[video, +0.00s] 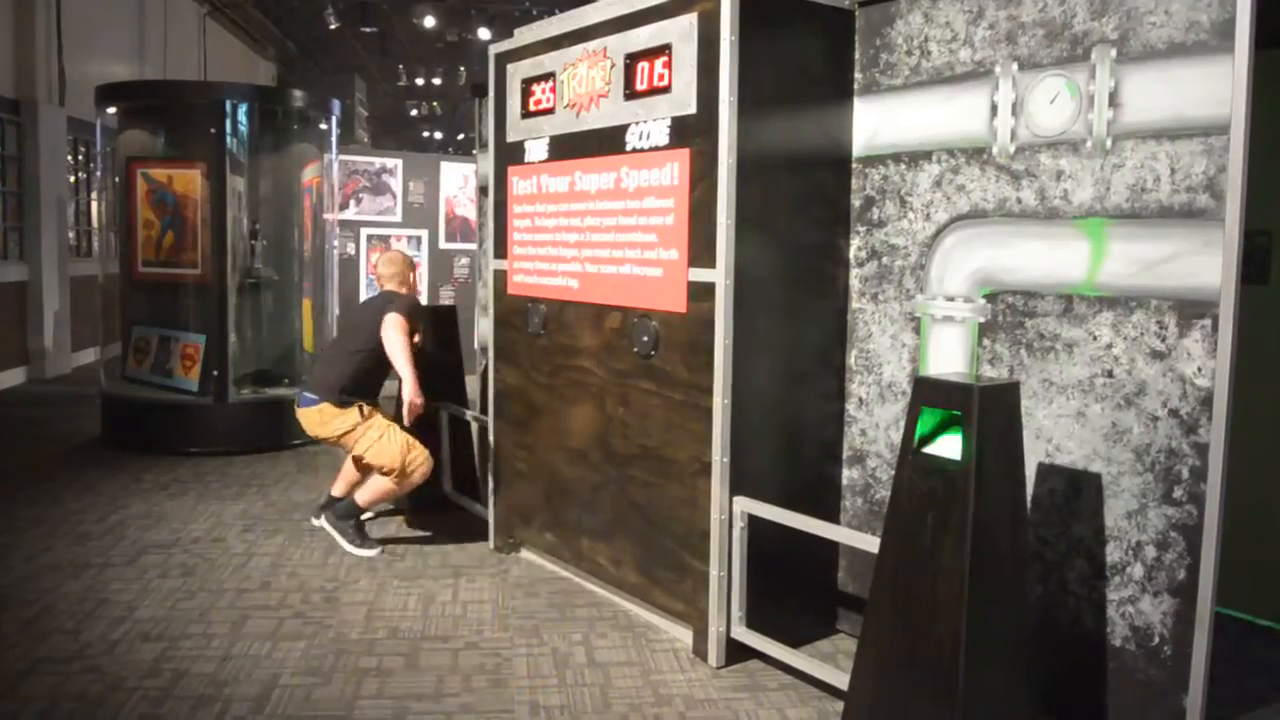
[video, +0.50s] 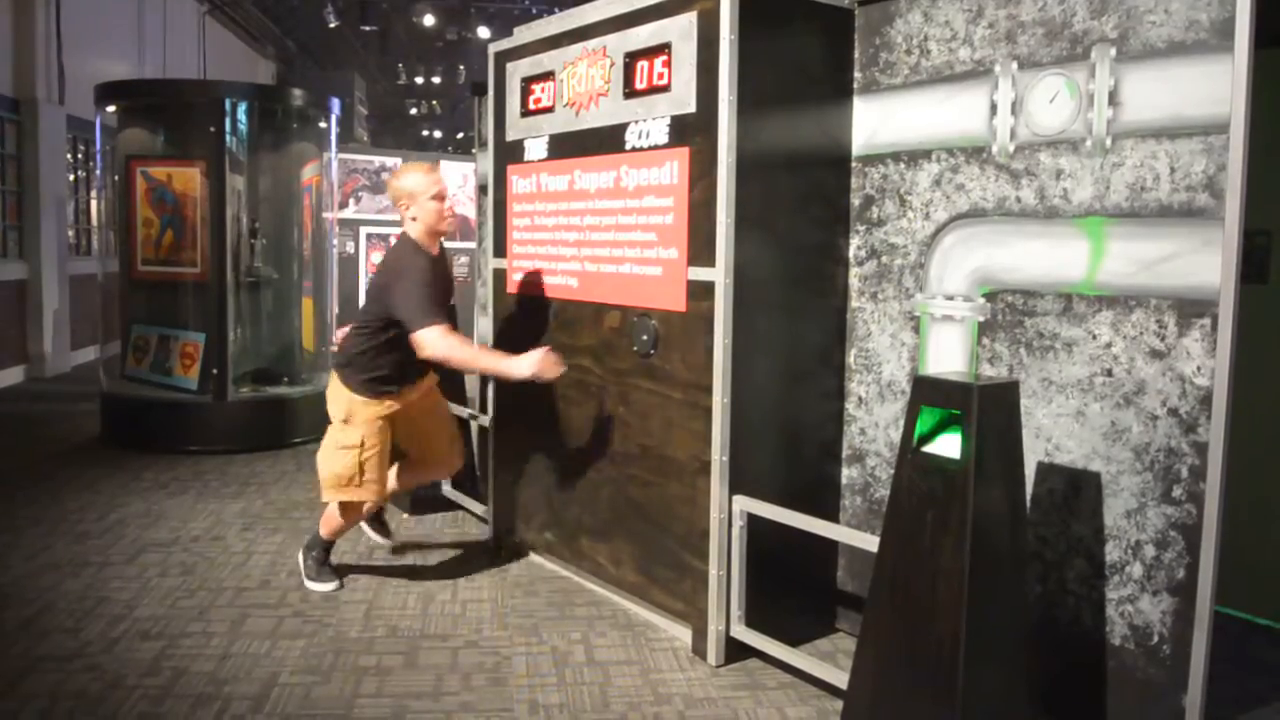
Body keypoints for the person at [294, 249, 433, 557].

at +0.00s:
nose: (417, 282)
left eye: (415, 278)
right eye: (416, 277)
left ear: (378, 280)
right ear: (411, 278)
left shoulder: (366, 306)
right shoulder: (402, 302)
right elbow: (392, 331)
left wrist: (408, 338)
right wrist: (410, 382)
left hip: (312, 403)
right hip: (334, 408)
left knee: (381, 440)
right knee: (416, 463)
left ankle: (331, 504)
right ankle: (345, 515)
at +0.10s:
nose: (422, 277)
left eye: (421, 271)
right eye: (420, 271)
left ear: (386, 274)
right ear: (405, 273)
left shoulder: (374, 300)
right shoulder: (394, 296)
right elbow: (373, 324)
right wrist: (392, 373)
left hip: (317, 401)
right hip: (331, 404)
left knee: (379, 443)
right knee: (417, 461)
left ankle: (332, 506)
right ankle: (343, 514)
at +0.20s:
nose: (423, 254)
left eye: (420, 246)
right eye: (415, 248)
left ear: (392, 258)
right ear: (391, 258)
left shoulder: (392, 293)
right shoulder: (386, 290)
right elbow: (342, 319)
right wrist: (356, 364)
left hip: (336, 402)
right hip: (337, 406)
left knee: (379, 442)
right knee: (420, 469)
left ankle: (331, 508)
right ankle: (334, 518)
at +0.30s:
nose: (421, 239)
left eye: (419, 230)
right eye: (411, 233)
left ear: (395, 241)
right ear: (385, 244)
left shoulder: (405, 281)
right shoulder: (380, 281)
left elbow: (399, 332)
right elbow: (322, 316)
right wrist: (323, 372)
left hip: (386, 400)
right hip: (361, 404)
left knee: (373, 452)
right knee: (405, 487)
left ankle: (331, 506)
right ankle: (320, 548)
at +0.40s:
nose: (429, 221)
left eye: (428, 213)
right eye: (417, 215)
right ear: (389, 226)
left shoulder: (423, 268)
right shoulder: (375, 280)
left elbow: (399, 322)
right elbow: (348, 351)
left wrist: (339, 333)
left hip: (405, 393)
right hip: (361, 398)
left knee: (395, 465)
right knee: (374, 493)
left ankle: (346, 497)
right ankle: (313, 550)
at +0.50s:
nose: (449, 205)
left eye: (446, 197)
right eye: (437, 199)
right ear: (409, 213)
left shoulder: (433, 253)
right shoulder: (410, 265)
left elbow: (403, 314)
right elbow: (433, 342)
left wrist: (361, 331)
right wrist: (516, 365)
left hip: (416, 382)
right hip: (365, 392)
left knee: (443, 460)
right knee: (360, 497)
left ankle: (374, 493)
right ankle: (317, 549)